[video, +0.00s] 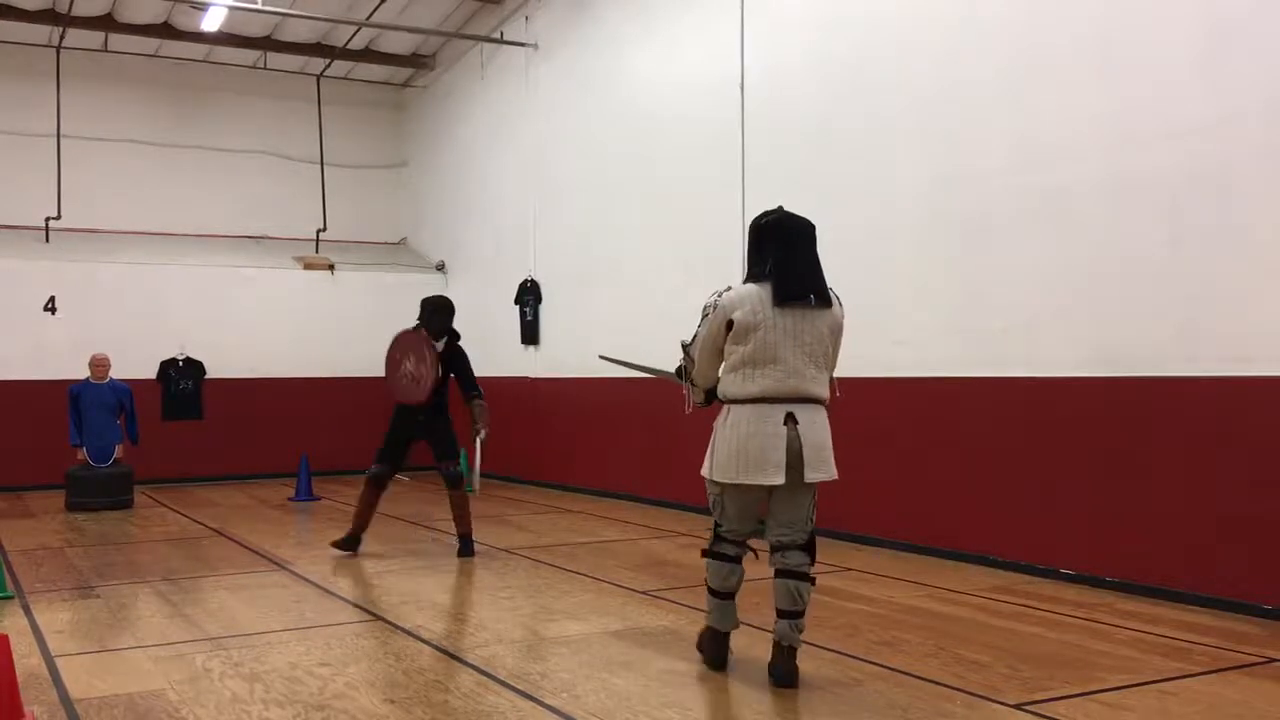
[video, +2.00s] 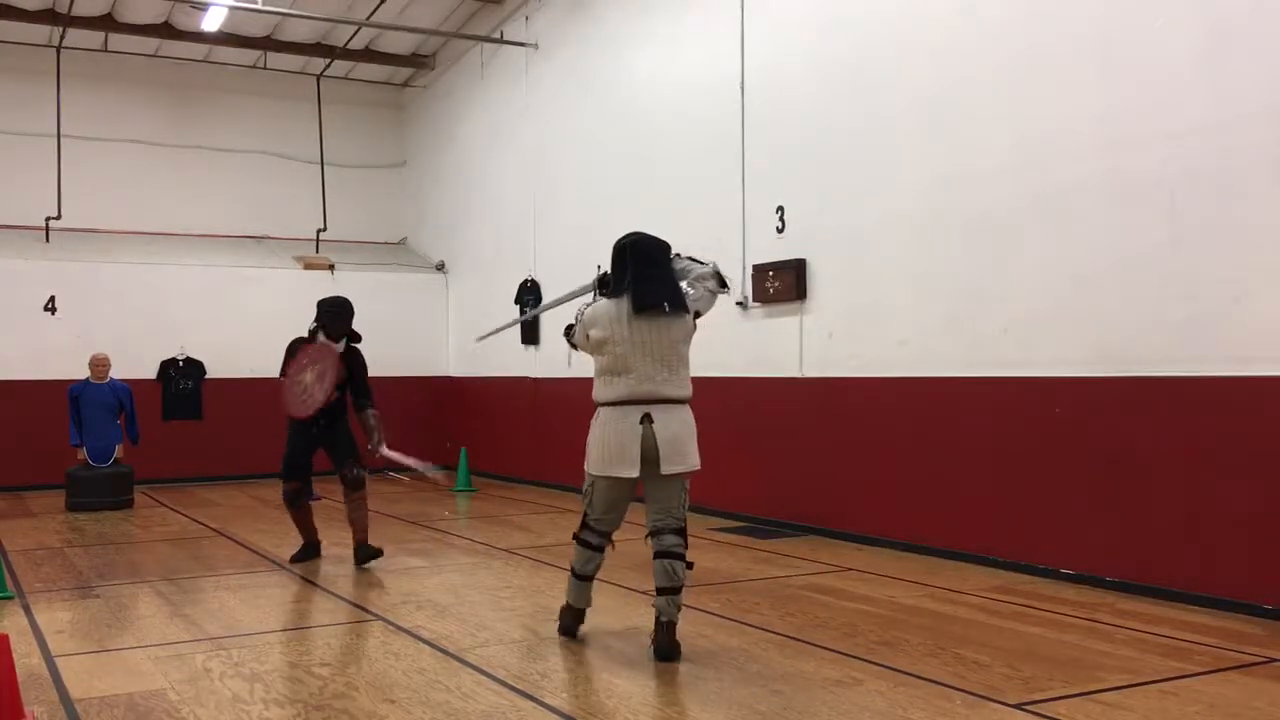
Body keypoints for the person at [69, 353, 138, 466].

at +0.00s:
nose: (100, 369)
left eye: (104, 366)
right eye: (97, 366)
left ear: (109, 367)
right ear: (90, 367)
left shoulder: (121, 390)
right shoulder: (77, 390)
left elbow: (129, 416)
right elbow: (74, 419)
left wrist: (133, 438)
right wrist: (78, 445)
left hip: (113, 445)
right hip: (87, 445)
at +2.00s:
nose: (100, 369)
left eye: (104, 366)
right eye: (97, 366)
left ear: (109, 367)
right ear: (90, 367)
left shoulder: (121, 389)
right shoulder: (77, 390)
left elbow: (130, 415)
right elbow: (74, 419)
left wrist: (133, 437)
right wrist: (78, 444)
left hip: (113, 444)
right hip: (88, 444)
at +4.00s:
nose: (100, 369)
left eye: (104, 366)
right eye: (96, 366)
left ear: (109, 367)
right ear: (89, 367)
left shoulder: (121, 389)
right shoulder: (77, 390)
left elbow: (130, 415)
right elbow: (74, 419)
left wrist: (133, 437)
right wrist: (78, 444)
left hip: (114, 445)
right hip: (87, 445)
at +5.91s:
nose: (100, 369)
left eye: (103, 366)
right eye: (96, 366)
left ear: (109, 367)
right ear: (89, 367)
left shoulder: (121, 389)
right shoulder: (77, 390)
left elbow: (130, 415)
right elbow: (74, 420)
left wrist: (133, 437)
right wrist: (78, 445)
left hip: (113, 444)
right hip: (88, 444)